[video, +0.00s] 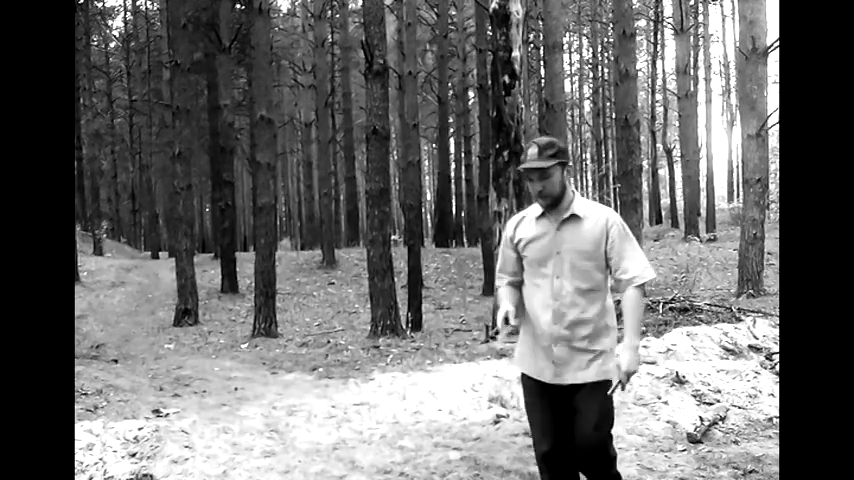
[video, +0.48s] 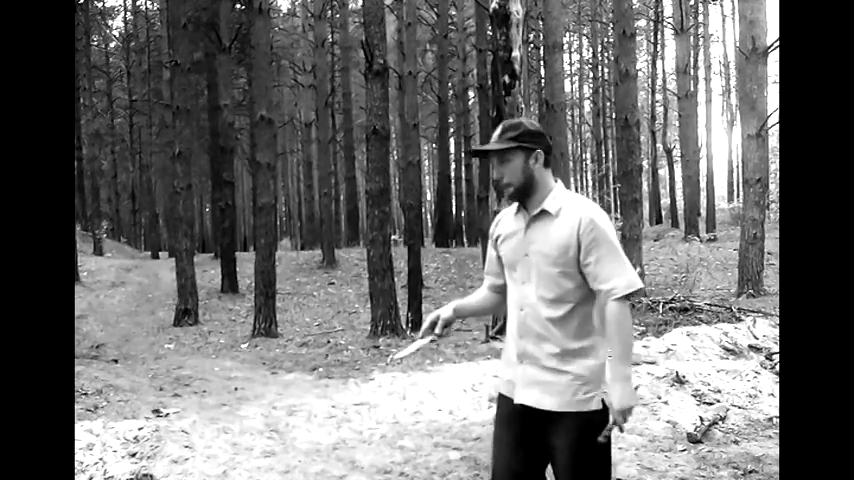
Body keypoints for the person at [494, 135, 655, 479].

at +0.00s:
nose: (537, 187)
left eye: (544, 177)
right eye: (530, 179)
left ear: (565, 171)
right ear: (523, 180)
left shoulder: (604, 222)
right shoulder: (518, 228)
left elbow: (632, 284)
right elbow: (507, 279)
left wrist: (630, 346)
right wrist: (507, 303)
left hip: (591, 365)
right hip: (537, 366)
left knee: (592, 454)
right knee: (550, 460)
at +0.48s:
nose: (495, 174)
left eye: (504, 161)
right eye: (493, 163)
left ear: (537, 158)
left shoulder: (585, 218)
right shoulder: (503, 223)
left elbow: (617, 297)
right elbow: (495, 293)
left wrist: (620, 383)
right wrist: (453, 310)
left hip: (576, 399)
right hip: (516, 396)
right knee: (506, 475)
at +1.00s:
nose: (431, 164)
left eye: (434, 153)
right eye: (432, 153)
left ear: (449, 157)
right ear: (484, 157)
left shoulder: (498, 217)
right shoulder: (486, 213)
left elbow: (503, 314)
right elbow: (484, 306)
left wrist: (454, 391)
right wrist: (432, 318)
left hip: (498, 414)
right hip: (485, 409)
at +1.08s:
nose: (430, 160)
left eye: (431, 150)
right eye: (431, 149)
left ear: (440, 155)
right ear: (485, 154)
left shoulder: (479, 217)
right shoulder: (497, 206)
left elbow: (487, 316)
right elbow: (492, 288)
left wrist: (445, 401)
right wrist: (439, 311)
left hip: (485, 412)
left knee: (443, 473)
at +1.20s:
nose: (424, 156)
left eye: (424, 148)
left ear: (427, 153)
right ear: (483, 153)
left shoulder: (441, 217)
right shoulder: (516, 213)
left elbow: (441, 323)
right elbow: (531, 309)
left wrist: (423, 411)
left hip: (470, 425)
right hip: (524, 418)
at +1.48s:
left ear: (422, 153)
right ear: (479, 150)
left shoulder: (405, 224)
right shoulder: (527, 214)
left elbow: (376, 330)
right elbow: (545, 303)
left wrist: (365, 409)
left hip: (458, 430)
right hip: (535, 421)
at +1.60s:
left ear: (435, 145)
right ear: (493, 141)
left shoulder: (409, 220)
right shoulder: (536, 208)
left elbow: (376, 324)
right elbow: (562, 291)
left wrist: (364, 400)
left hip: (454, 426)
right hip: (537, 421)